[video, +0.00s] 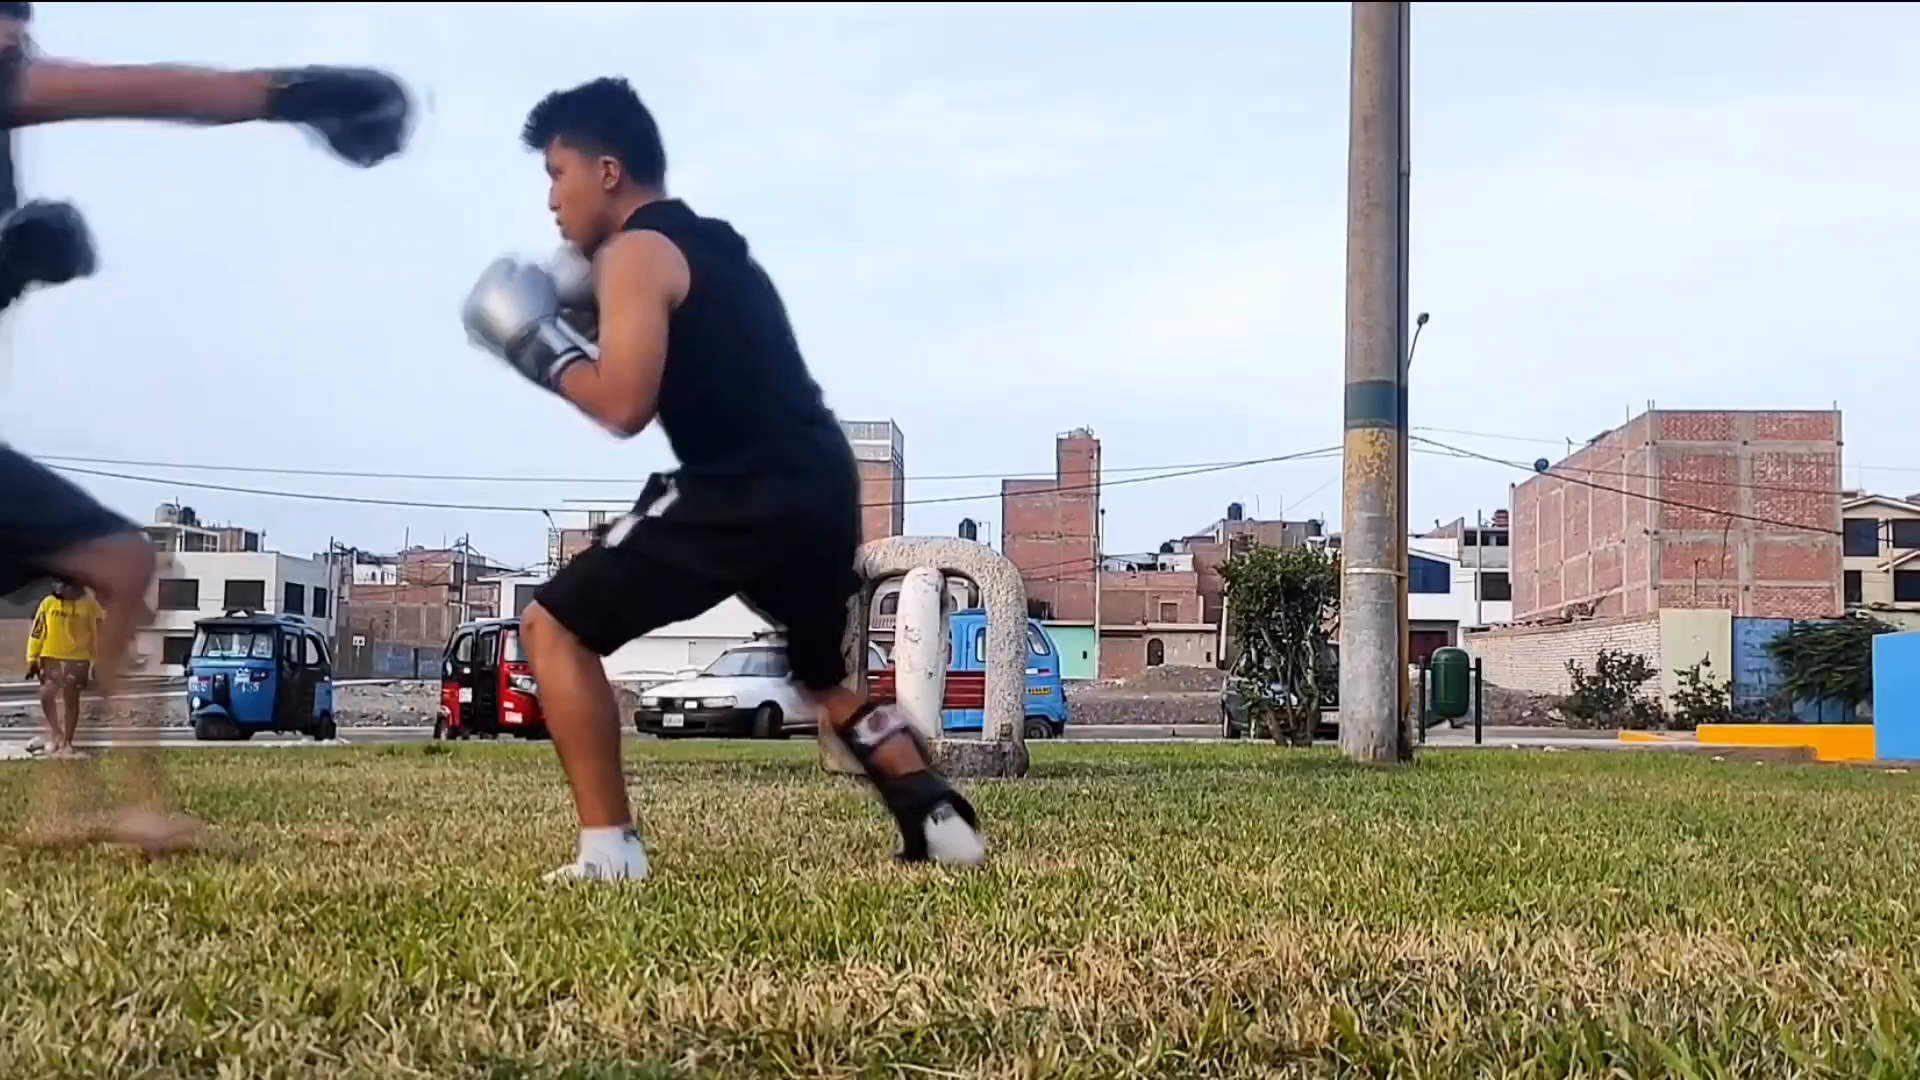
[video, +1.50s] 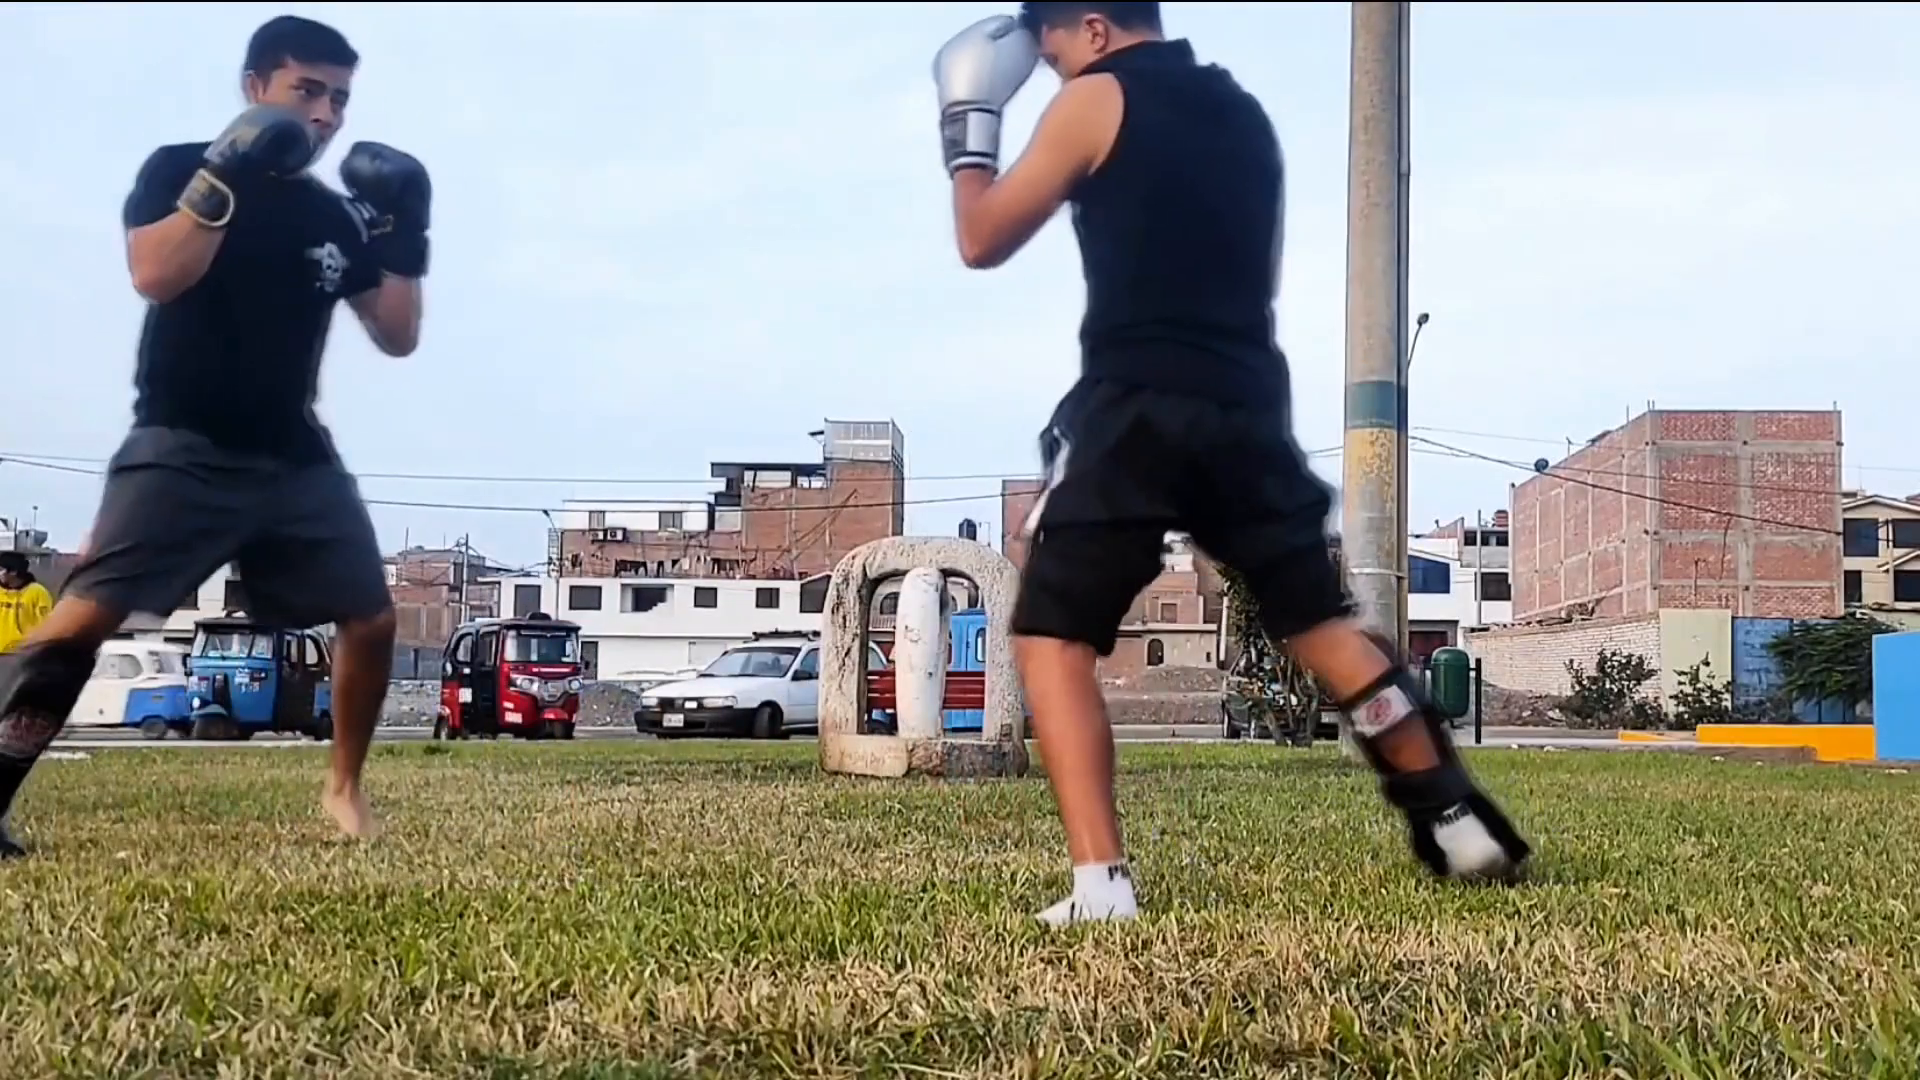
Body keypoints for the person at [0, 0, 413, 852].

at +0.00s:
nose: (23, 41)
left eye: (22, 29)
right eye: (17, 27)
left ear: (20, 39)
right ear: (4, 29)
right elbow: (133, 91)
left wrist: (12, 263)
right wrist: (295, 91)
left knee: (115, 566)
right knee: (121, 562)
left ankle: (65, 803)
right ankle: (144, 802)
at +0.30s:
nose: (178, 130)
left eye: (181, 119)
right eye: (168, 117)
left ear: (67, 122)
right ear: (109, 105)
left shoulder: (10, 246)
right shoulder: (113, 146)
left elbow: (96, 394)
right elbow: (144, 147)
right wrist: (270, 154)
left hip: (160, 472)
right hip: (265, 397)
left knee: (189, 665)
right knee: (471, 503)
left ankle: (288, 851)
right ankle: (685, 555)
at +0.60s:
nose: (300, 80)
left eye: (297, 66)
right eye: (287, 61)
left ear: (204, 73)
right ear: (229, 58)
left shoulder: (146, 199)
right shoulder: (244, 110)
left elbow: (194, 344)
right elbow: (280, 157)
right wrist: (436, 194)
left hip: (253, 423)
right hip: (349, 377)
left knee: (302, 633)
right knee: (534, 547)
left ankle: (299, 849)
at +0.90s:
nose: (361, 67)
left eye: (355, 51)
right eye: (341, 47)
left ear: (283, 59)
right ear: (278, 56)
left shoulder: (293, 161)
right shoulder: (259, 131)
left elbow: (346, 322)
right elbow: (299, 245)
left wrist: (397, 244)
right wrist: (398, 180)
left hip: (270, 424)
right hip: (298, 416)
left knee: (340, 648)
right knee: (405, 610)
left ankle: (174, 824)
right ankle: (455, 843)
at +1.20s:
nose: (296, 20)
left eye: (300, 10)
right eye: (281, 5)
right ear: (223, 11)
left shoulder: (290, 147)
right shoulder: (174, 82)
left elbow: (343, 277)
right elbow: (203, 190)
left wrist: (366, 172)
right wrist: (270, 80)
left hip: (278, 399)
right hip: (189, 378)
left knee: (319, 584)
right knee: (160, 580)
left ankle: (209, 784)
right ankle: (24, 748)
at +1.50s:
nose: (324, 110)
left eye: (337, 97)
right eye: (309, 90)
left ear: (345, 107)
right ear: (256, 87)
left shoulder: (340, 215)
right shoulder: (181, 169)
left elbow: (398, 335)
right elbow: (155, 275)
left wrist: (405, 229)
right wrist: (222, 175)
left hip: (296, 455)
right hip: (181, 444)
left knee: (371, 617)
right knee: (85, 614)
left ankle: (345, 789)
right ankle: (0, 800)